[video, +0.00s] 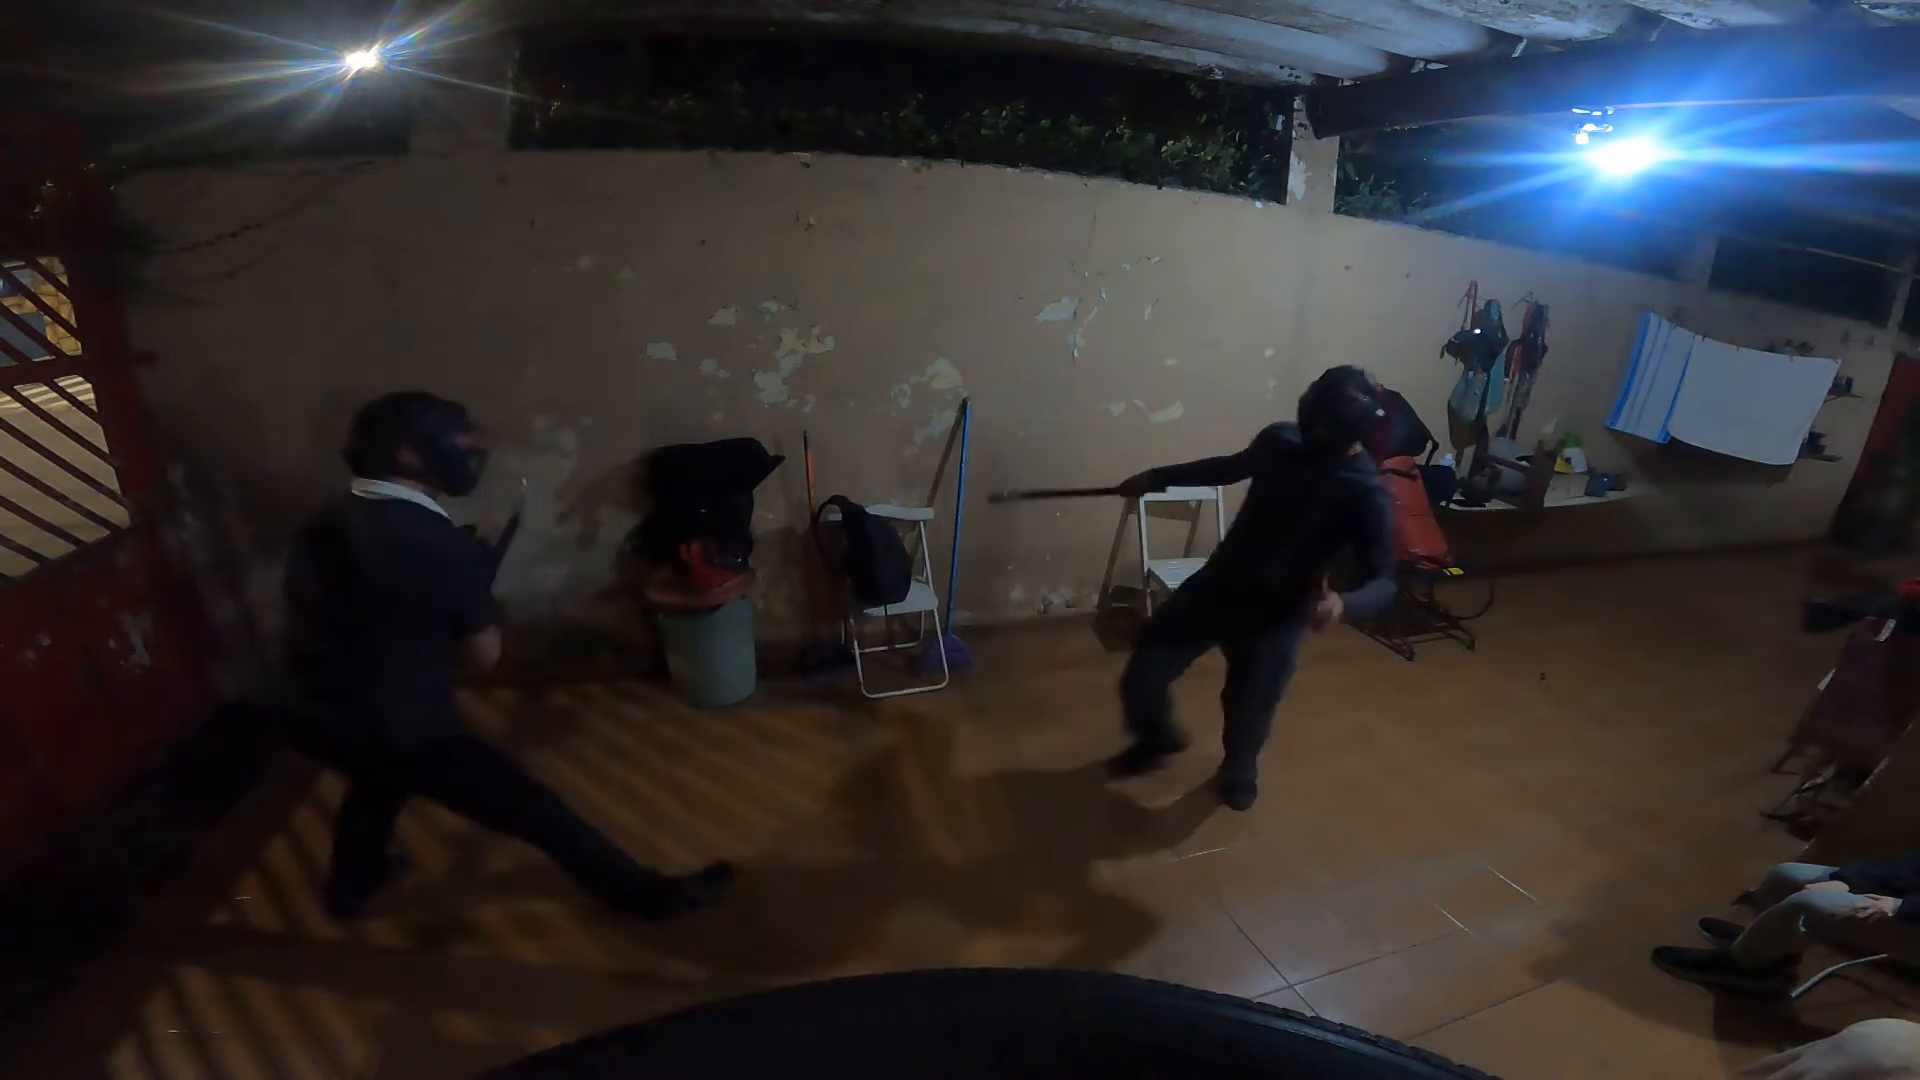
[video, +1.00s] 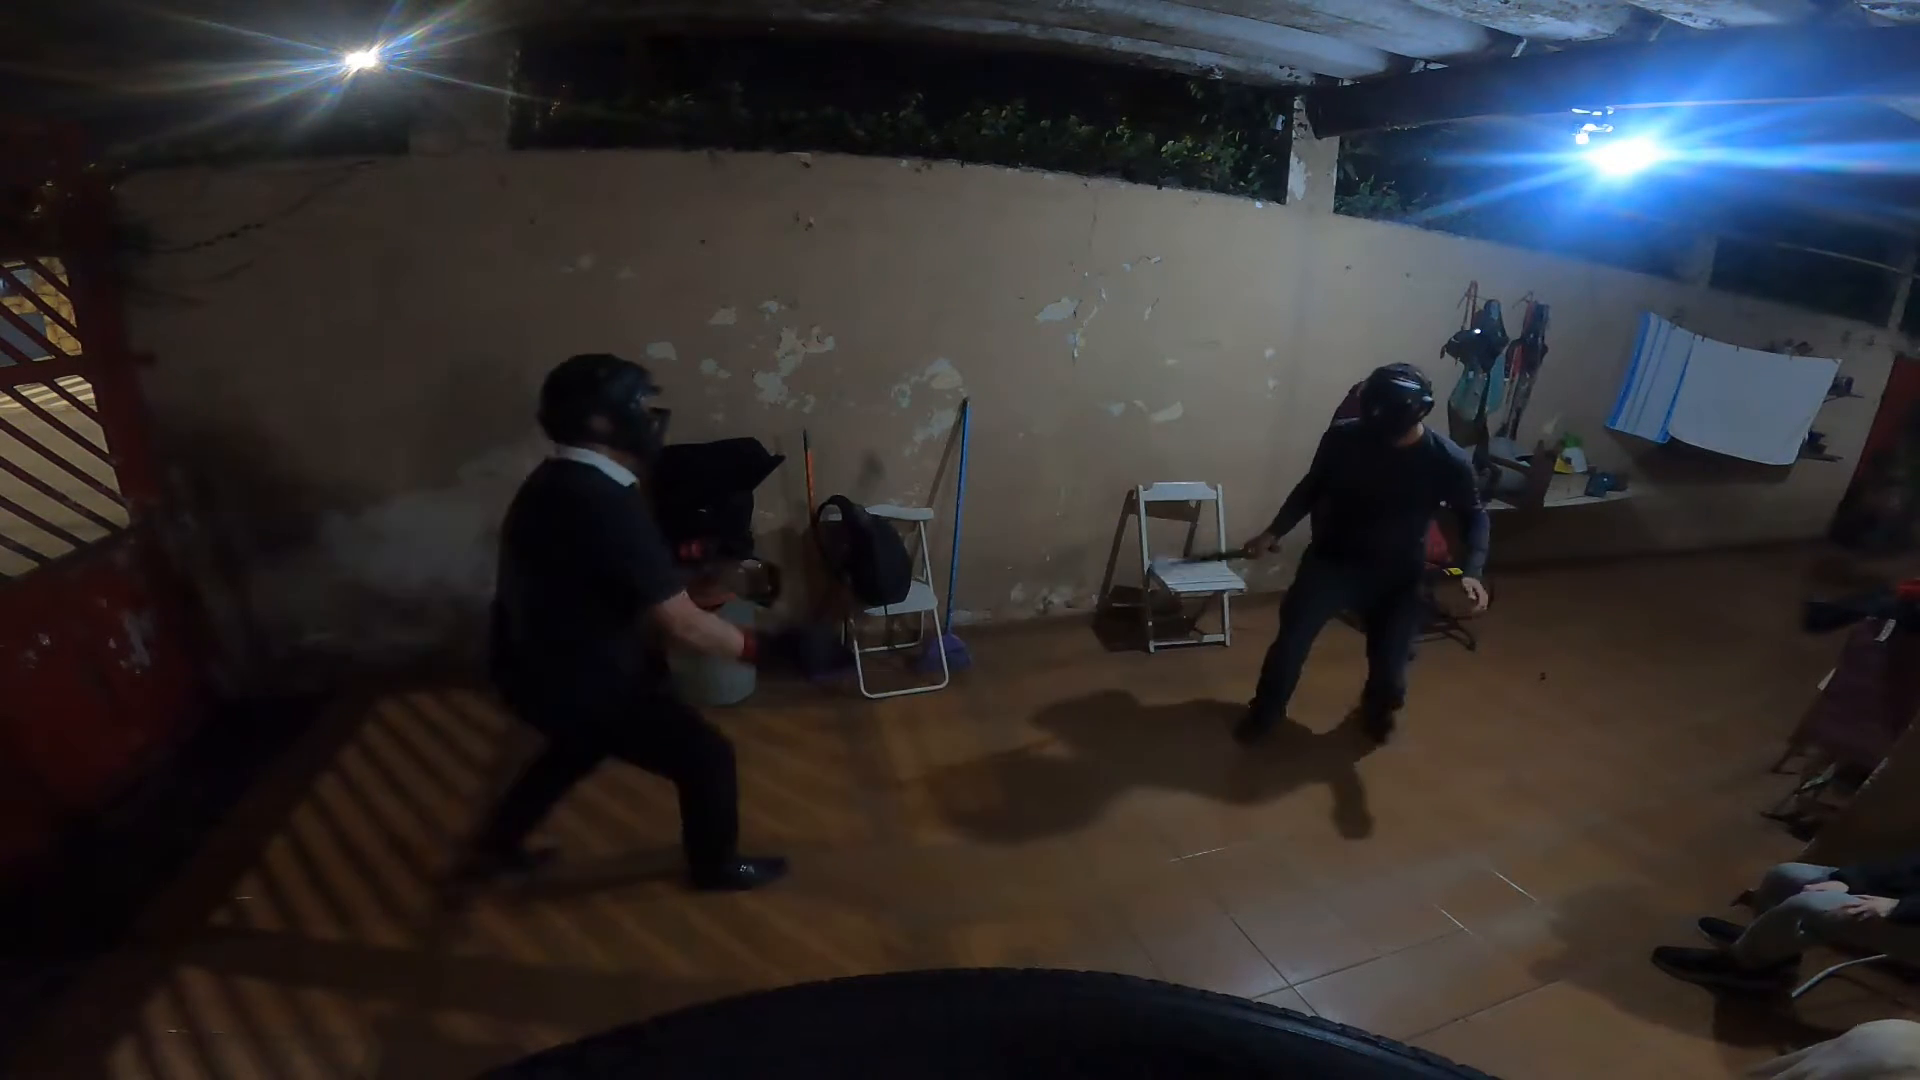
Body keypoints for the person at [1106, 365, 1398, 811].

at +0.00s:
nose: (1304, 416)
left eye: (1317, 414)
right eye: (1309, 409)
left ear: (1345, 430)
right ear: (1312, 415)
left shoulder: (1364, 491)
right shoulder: (1281, 442)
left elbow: (1384, 583)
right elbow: (1226, 470)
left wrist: (1345, 602)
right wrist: (1153, 479)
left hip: (1277, 613)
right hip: (1219, 585)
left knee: (1249, 711)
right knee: (1142, 676)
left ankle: (1238, 778)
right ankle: (1155, 738)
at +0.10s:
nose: (1323, 409)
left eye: (1335, 404)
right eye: (1324, 398)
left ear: (1365, 414)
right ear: (1322, 397)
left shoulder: (1390, 471)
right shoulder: (1301, 428)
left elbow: (1407, 564)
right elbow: (1254, 463)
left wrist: (1358, 612)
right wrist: (1178, 472)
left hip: (1312, 601)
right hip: (1256, 572)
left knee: (1266, 698)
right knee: (1198, 654)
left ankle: (1242, 764)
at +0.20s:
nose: (1351, 416)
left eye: (1360, 408)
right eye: (1345, 404)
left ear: (1387, 403)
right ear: (1337, 395)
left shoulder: (1418, 458)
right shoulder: (1321, 424)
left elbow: (1442, 535)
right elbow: (1287, 468)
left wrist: (1400, 589)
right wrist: (1219, 490)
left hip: (1360, 579)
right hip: (1305, 562)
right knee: (1304, 658)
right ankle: (1342, 707)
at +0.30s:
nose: (1350, 425)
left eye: (1361, 417)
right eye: (1345, 413)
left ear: (1387, 414)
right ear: (1339, 407)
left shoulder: (1419, 464)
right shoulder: (1325, 440)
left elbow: (1461, 532)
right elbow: (1301, 484)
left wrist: (1428, 594)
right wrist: (1239, 512)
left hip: (1381, 588)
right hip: (1327, 578)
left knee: (1340, 677)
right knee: (1325, 672)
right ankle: (1343, 732)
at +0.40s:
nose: (1361, 422)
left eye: (1371, 416)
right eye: (1359, 412)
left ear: (1401, 419)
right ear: (1354, 407)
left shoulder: (1430, 462)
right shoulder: (1342, 443)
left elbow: (1484, 533)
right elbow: (1324, 498)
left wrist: (1455, 588)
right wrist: (1281, 538)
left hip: (1397, 586)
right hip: (1342, 575)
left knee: (1376, 679)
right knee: (1329, 665)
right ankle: (1354, 719)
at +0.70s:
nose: (1410, 444)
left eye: (1419, 436)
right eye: (1403, 432)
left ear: (1445, 426)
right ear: (1394, 423)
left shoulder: (1475, 469)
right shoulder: (1375, 451)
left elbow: (1515, 537)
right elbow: (1344, 510)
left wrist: (1463, 541)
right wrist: (1315, 538)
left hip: (1427, 578)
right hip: (1362, 566)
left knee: (1418, 663)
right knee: (1304, 645)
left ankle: (1414, 720)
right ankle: (1301, 700)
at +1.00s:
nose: (1381, 432)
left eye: (1392, 425)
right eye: (1376, 420)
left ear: (1417, 415)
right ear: (1368, 409)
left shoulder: (1447, 462)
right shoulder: (1342, 440)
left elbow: (1475, 516)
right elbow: (1311, 488)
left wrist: (1472, 571)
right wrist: (1273, 533)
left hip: (1397, 574)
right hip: (1331, 562)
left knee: (1390, 671)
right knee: (1293, 634)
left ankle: (1379, 713)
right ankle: (1264, 712)